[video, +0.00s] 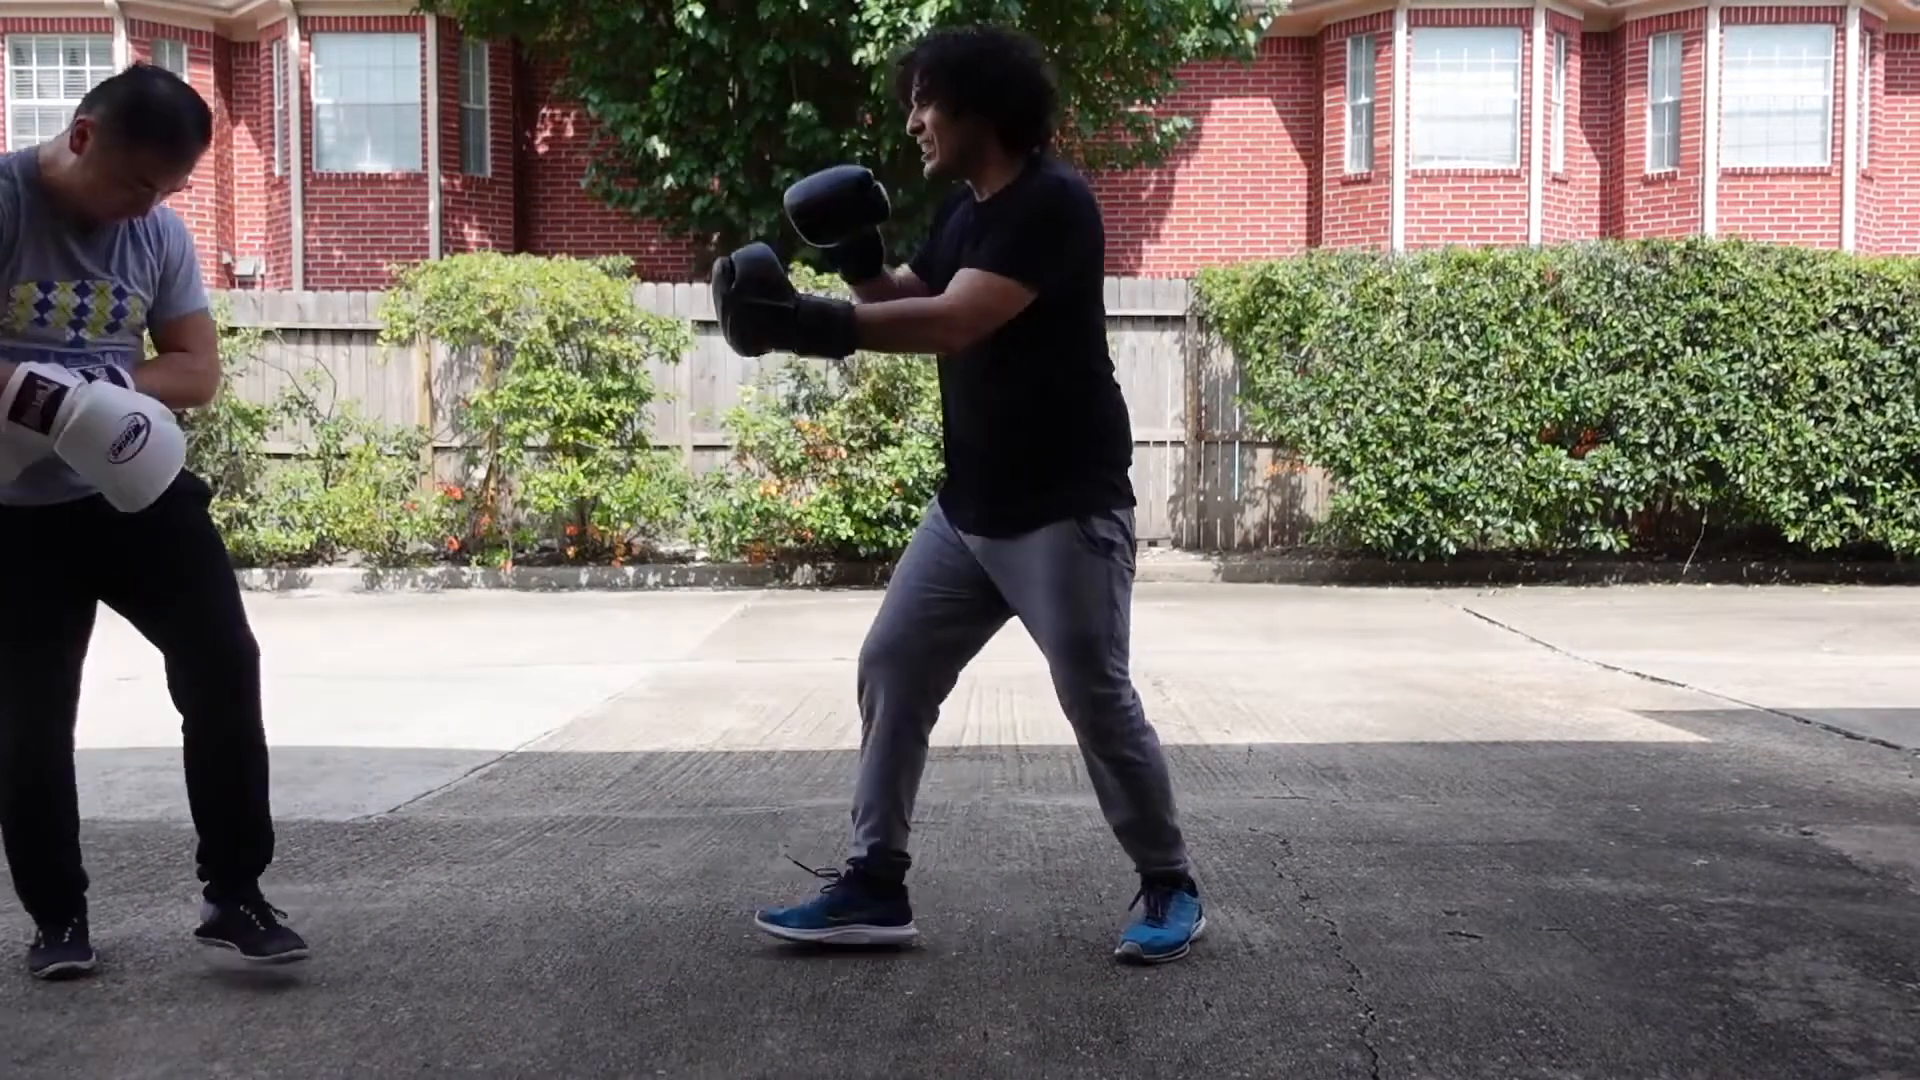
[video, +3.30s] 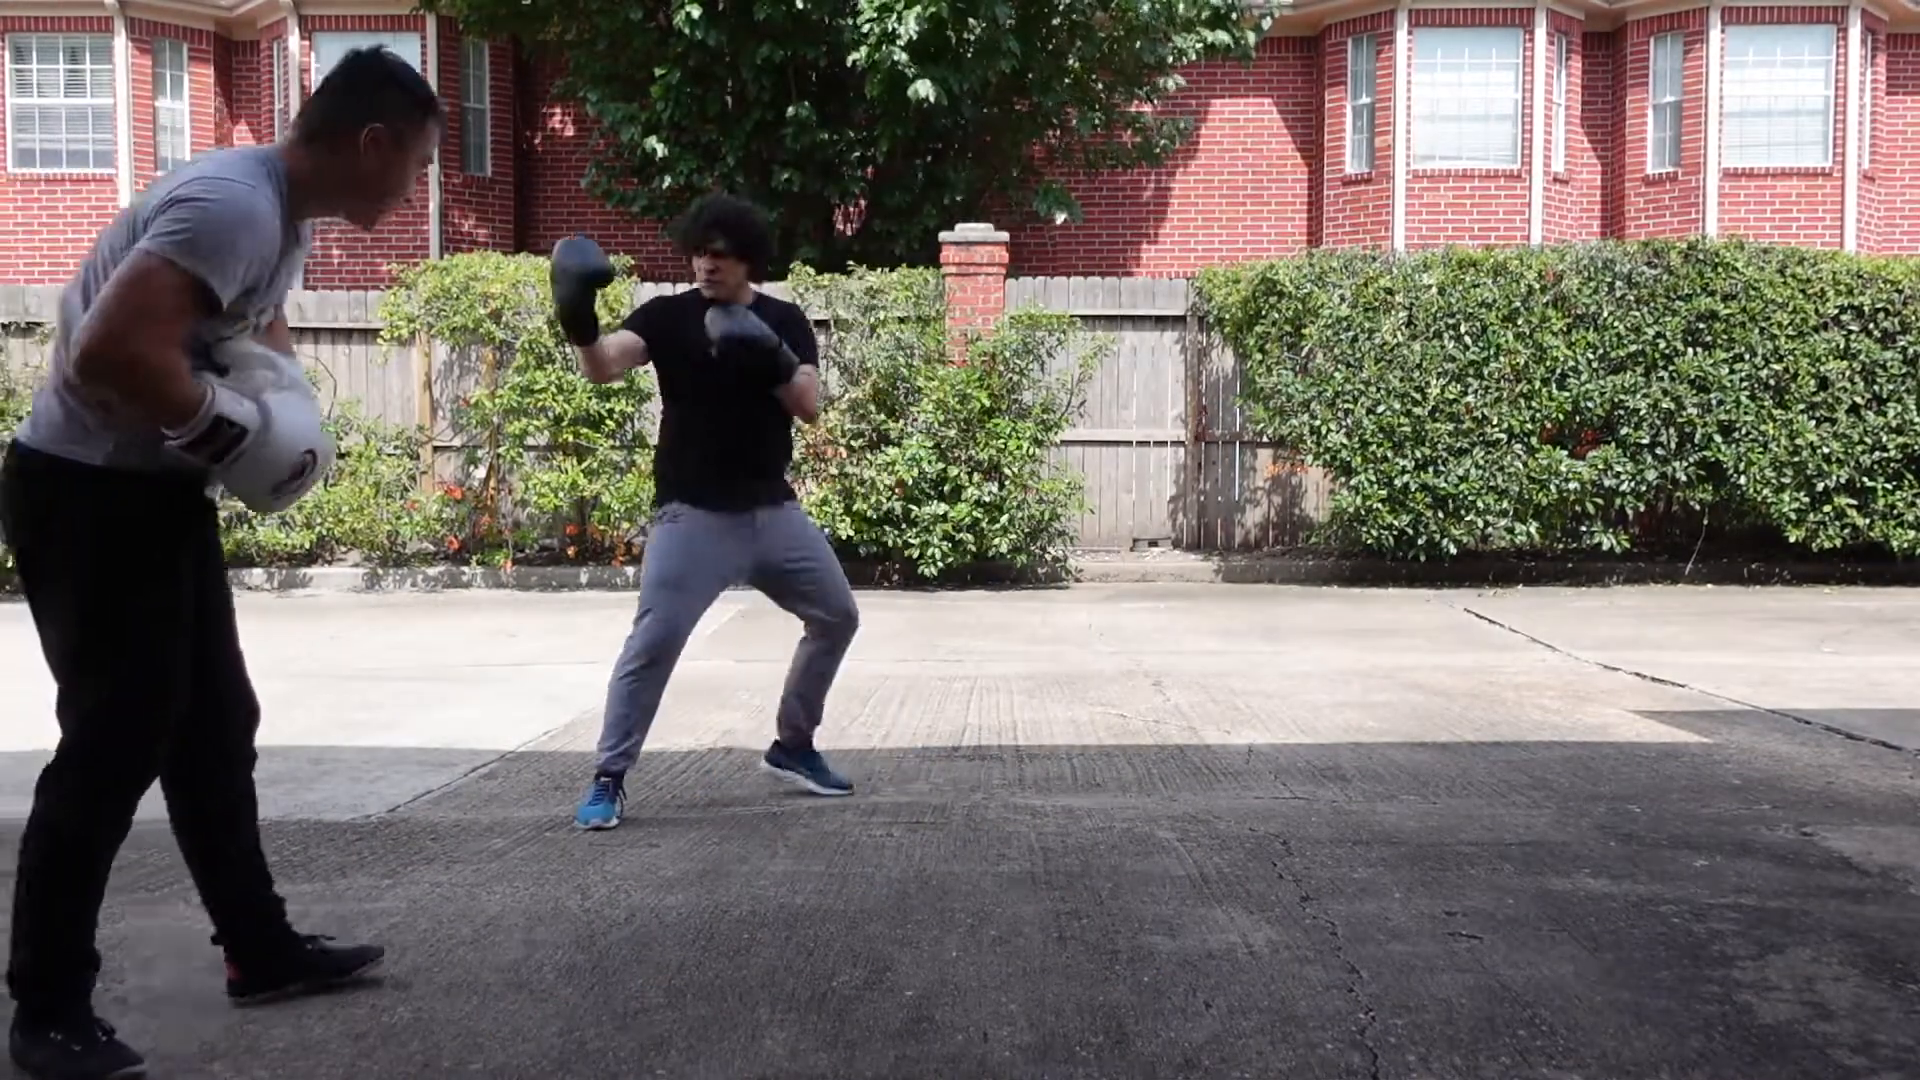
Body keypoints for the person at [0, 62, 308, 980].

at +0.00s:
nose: (148, 204)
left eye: (164, 189)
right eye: (137, 182)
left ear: (180, 174)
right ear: (82, 134)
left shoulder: (159, 234)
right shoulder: (9, 202)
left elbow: (200, 369)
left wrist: (126, 382)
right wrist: (16, 394)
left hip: (137, 497)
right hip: (21, 509)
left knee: (225, 665)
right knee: (30, 723)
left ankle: (234, 894)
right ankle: (58, 918)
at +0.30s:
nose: (160, 248)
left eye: (176, 234)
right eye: (154, 227)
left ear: (192, 210)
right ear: (104, 177)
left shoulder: (157, 250)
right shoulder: (9, 219)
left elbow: (199, 328)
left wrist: (264, 411)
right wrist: (2, 397)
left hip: (120, 495)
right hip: (13, 512)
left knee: (209, 679)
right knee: (25, 730)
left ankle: (246, 869)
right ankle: (60, 916)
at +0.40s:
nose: (197, 277)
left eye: (210, 263)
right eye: (194, 256)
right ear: (142, 207)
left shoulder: (170, 295)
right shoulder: (16, 232)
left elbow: (197, 403)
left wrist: (257, 517)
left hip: (96, 469)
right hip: (5, 499)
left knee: (208, 583)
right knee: (18, 721)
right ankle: (70, 912)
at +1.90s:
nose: (156, 341)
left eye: (171, 333)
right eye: (150, 325)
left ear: (202, 307)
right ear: (117, 264)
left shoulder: (199, 294)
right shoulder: (16, 269)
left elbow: (215, 399)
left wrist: (252, 512)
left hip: (128, 497)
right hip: (18, 510)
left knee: (213, 658)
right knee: (13, 709)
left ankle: (207, 873)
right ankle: (45, 910)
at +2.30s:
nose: (232, 220)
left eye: (250, 205)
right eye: (221, 201)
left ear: (269, 186)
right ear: (172, 146)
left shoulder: (265, 214)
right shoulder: (57, 204)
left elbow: (330, 348)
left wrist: (217, 377)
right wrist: (30, 428)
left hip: (190, 501)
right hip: (59, 503)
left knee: (206, 714)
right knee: (55, 718)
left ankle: (174, 922)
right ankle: (18, 945)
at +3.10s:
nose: (351, 209)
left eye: (363, 191)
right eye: (352, 183)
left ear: (293, 145)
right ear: (290, 140)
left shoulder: (249, 215)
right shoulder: (144, 203)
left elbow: (257, 323)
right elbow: (21, 332)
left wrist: (245, 405)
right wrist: (131, 431)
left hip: (126, 479)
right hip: (36, 476)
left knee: (173, 709)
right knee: (63, 732)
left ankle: (164, 937)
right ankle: (40, 1011)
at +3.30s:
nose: (412, 188)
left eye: (421, 164)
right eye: (413, 161)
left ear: (351, 139)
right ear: (362, 142)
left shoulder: (277, 215)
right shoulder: (233, 207)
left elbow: (232, 339)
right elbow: (115, 353)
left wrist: (270, 412)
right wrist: (216, 429)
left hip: (157, 490)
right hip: (88, 489)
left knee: (214, 727)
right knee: (112, 739)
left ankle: (261, 949)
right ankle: (46, 1017)